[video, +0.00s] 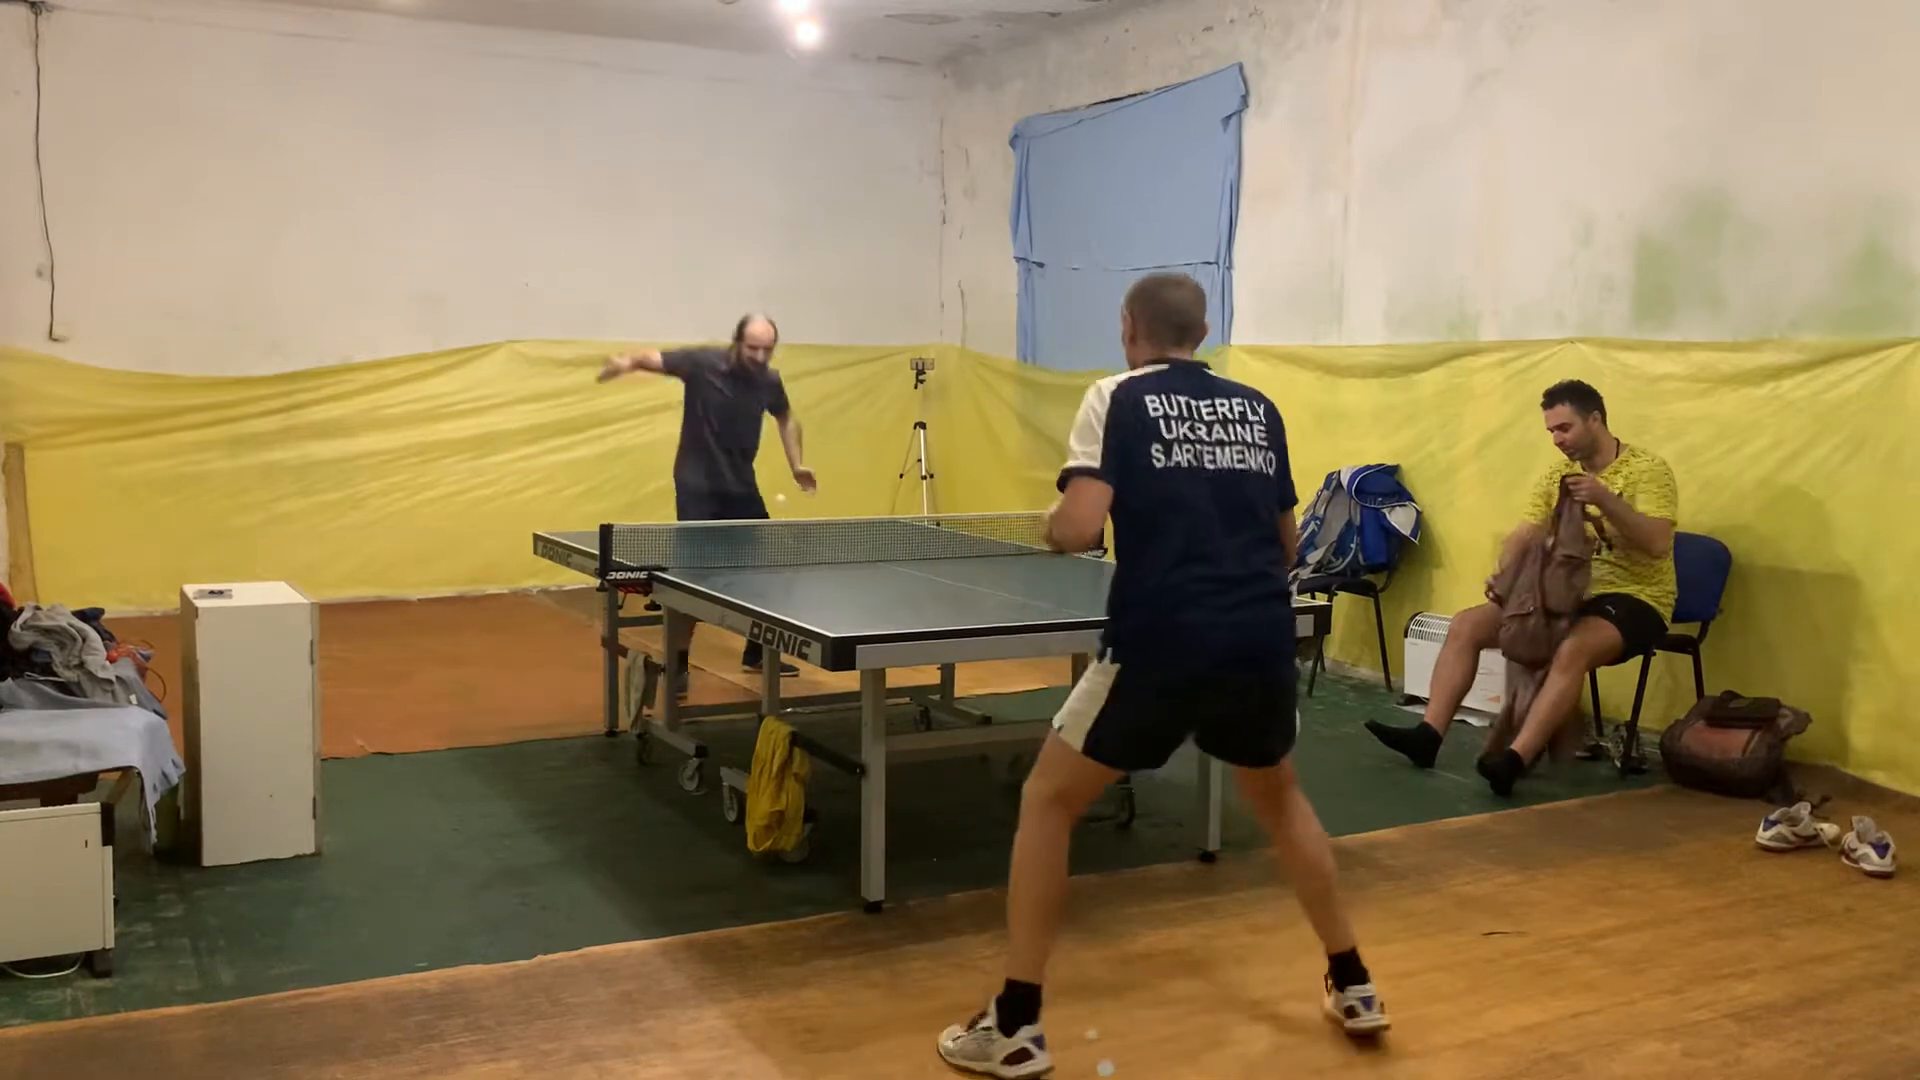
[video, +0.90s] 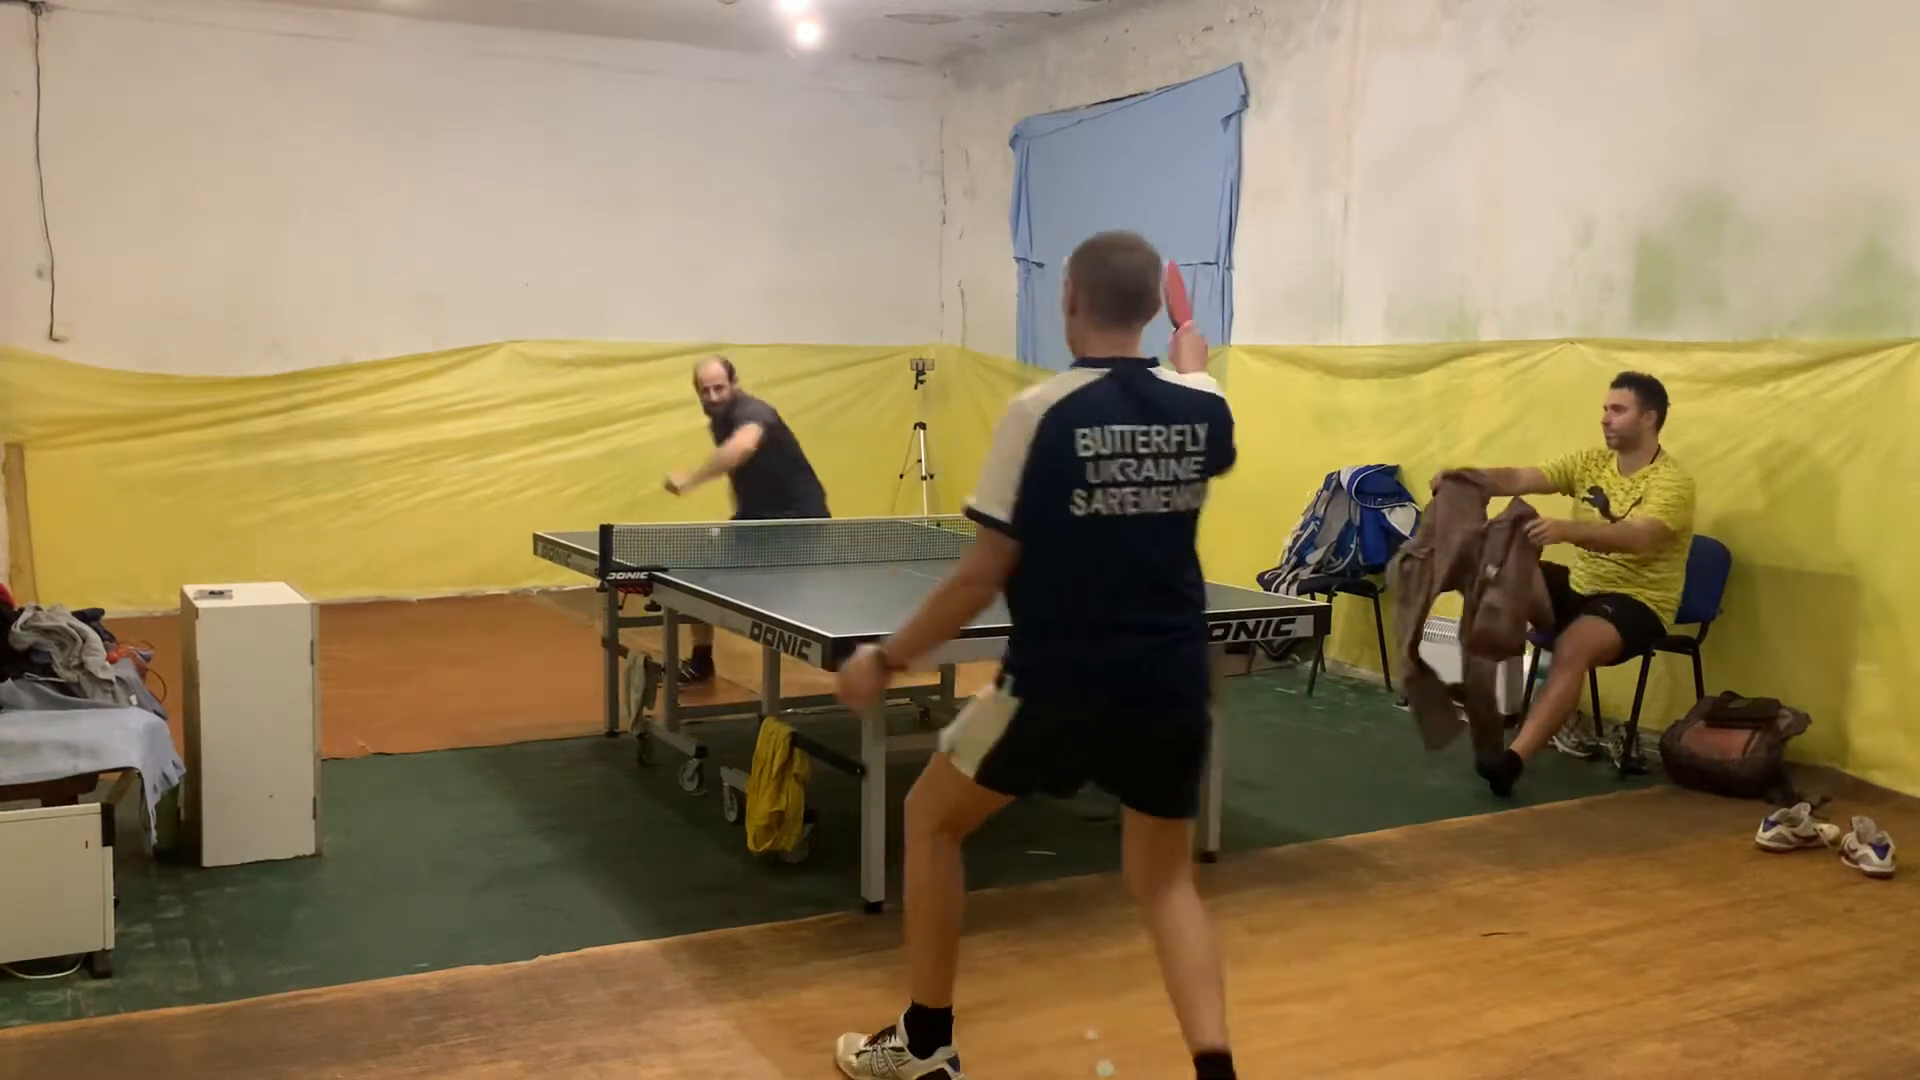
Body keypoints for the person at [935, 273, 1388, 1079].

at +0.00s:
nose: (1121, 343)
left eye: (1122, 332)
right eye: (1127, 332)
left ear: (1132, 335)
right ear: (1200, 337)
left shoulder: (1113, 395)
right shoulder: (1259, 407)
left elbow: (1080, 523)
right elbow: (1286, 543)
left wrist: (1057, 532)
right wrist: (1221, 540)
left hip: (1156, 651)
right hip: (1260, 650)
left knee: (1050, 800)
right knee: (1282, 798)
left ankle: (1016, 1020)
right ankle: (1353, 981)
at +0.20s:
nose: (1098, 425)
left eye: (1097, 413)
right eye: (1099, 413)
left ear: (1113, 409)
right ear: (1172, 408)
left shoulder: (1117, 463)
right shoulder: (1226, 466)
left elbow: (1104, 603)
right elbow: (1222, 585)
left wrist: (1029, 590)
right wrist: (1100, 599)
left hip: (1185, 692)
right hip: (1280, 686)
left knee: (1028, 821)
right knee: (1268, 817)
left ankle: (945, 1032)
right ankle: (1365, 982)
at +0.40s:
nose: (1020, 427)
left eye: (1020, 415)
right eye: (1021, 416)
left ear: (1036, 405)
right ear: (1095, 409)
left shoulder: (1050, 442)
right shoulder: (1150, 473)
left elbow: (1009, 582)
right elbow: (1099, 647)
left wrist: (907, 580)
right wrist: (980, 631)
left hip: (1103, 702)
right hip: (1201, 702)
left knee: (938, 815)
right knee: (1241, 831)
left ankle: (925, 1037)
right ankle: (1352, 980)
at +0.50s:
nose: (1008, 377)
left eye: (1008, 367)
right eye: (1011, 369)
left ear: (1023, 362)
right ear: (1091, 367)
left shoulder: (1013, 417)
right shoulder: (1141, 437)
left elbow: (938, 552)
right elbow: (1083, 589)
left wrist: (830, 566)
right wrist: (942, 613)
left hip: (1050, 695)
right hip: (1160, 692)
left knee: (914, 819)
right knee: (1226, 829)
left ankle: (924, 1037)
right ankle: (1320, 983)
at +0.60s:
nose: (1004, 333)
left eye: (1004, 322)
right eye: (1009, 322)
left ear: (1016, 322)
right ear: (1097, 329)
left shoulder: (983, 407)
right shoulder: (1149, 408)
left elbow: (882, 536)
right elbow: (1102, 500)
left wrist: (766, 585)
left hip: (1019, 685)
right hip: (1134, 680)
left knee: (909, 819)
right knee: (1193, 817)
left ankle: (925, 1037)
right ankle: (1278, 1007)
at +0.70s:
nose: (1013, 310)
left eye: (1013, 299)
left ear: (1018, 305)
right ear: (1103, 310)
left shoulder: (974, 404)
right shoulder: (1148, 397)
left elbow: (877, 536)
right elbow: (1161, 465)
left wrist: (772, 611)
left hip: (1010, 678)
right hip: (1126, 675)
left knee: (911, 817)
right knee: (1170, 816)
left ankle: (925, 1035)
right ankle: (1236, 1021)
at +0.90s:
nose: (1062, 306)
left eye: (1064, 294)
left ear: (1071, 302)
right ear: (1154, 310)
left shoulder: (1040, 412)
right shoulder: (1196, 413)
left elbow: (989, 567)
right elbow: (1211, 436)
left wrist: (888, 657)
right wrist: (1190, 369)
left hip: (1058, 688)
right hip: (1170, 689)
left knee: (931, 816)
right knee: (1166, 879)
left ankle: (925, 1039)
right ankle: (1218, 1071)